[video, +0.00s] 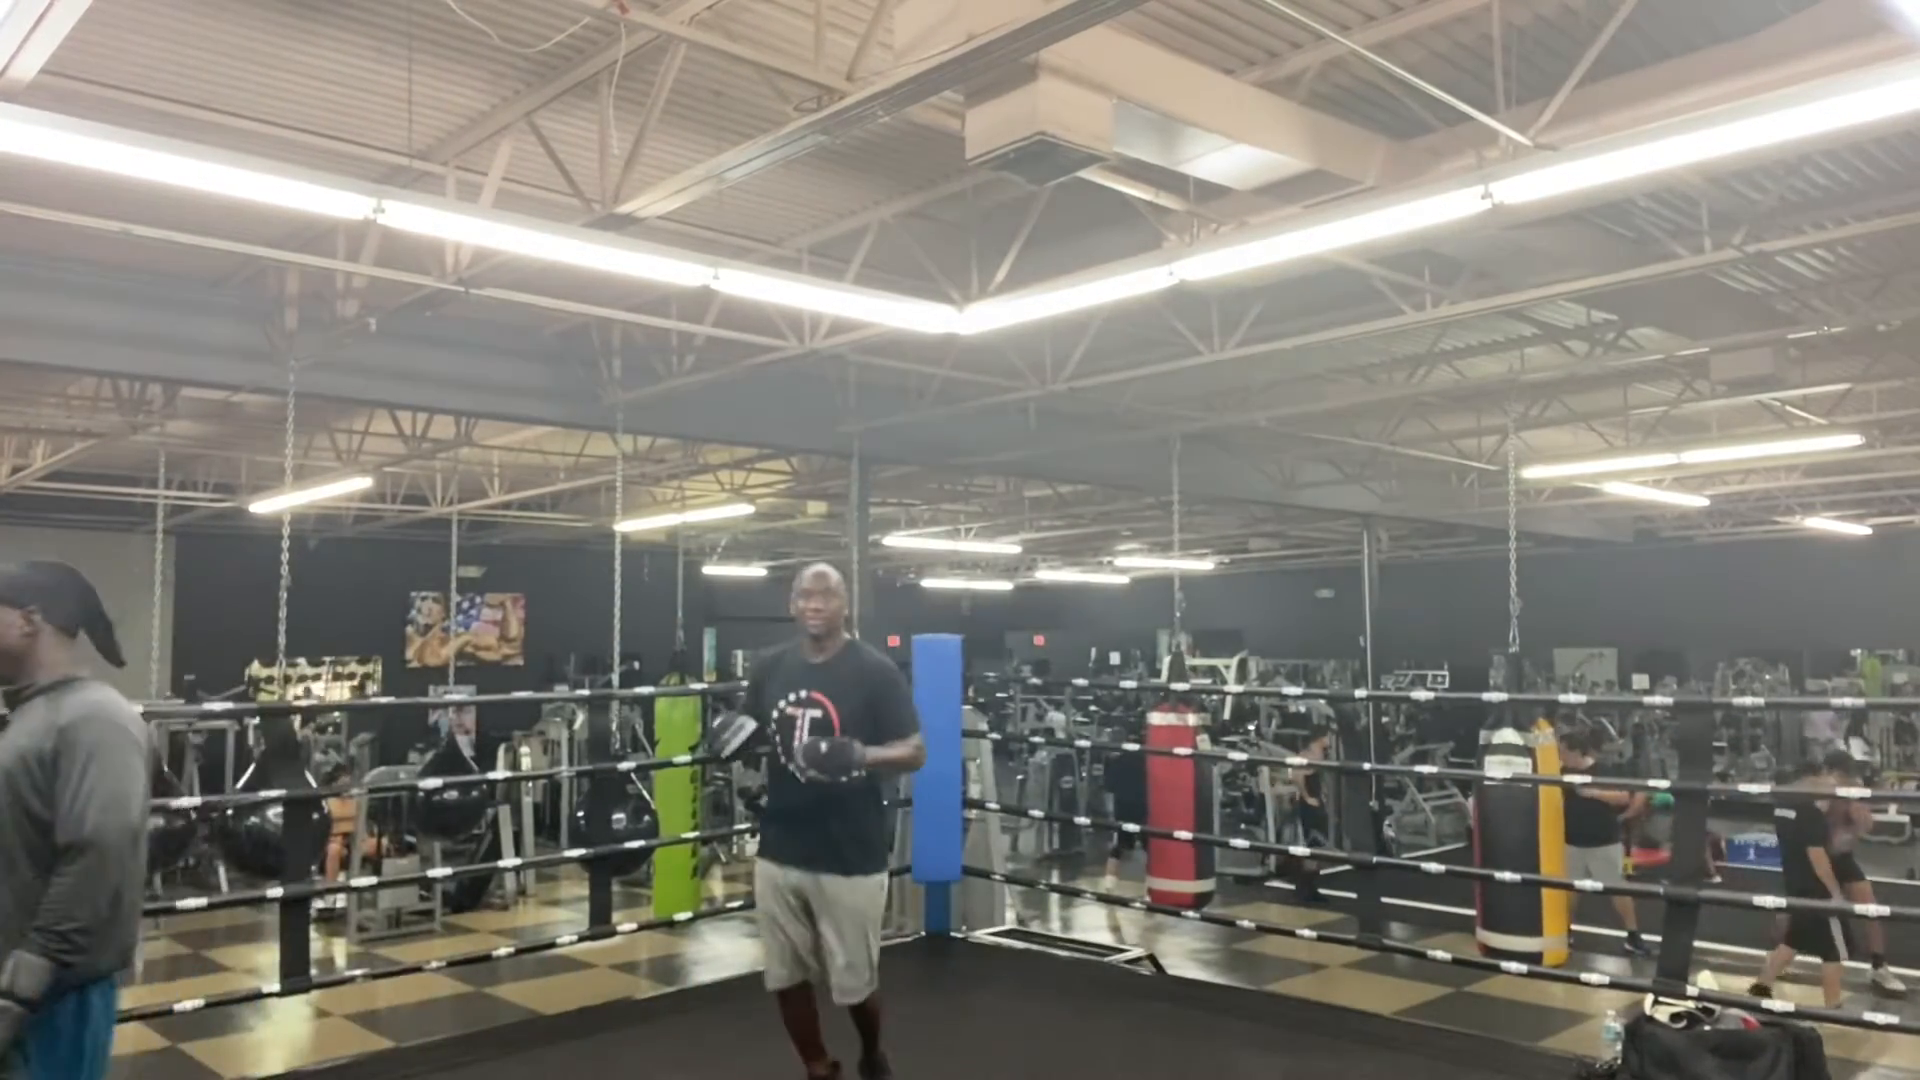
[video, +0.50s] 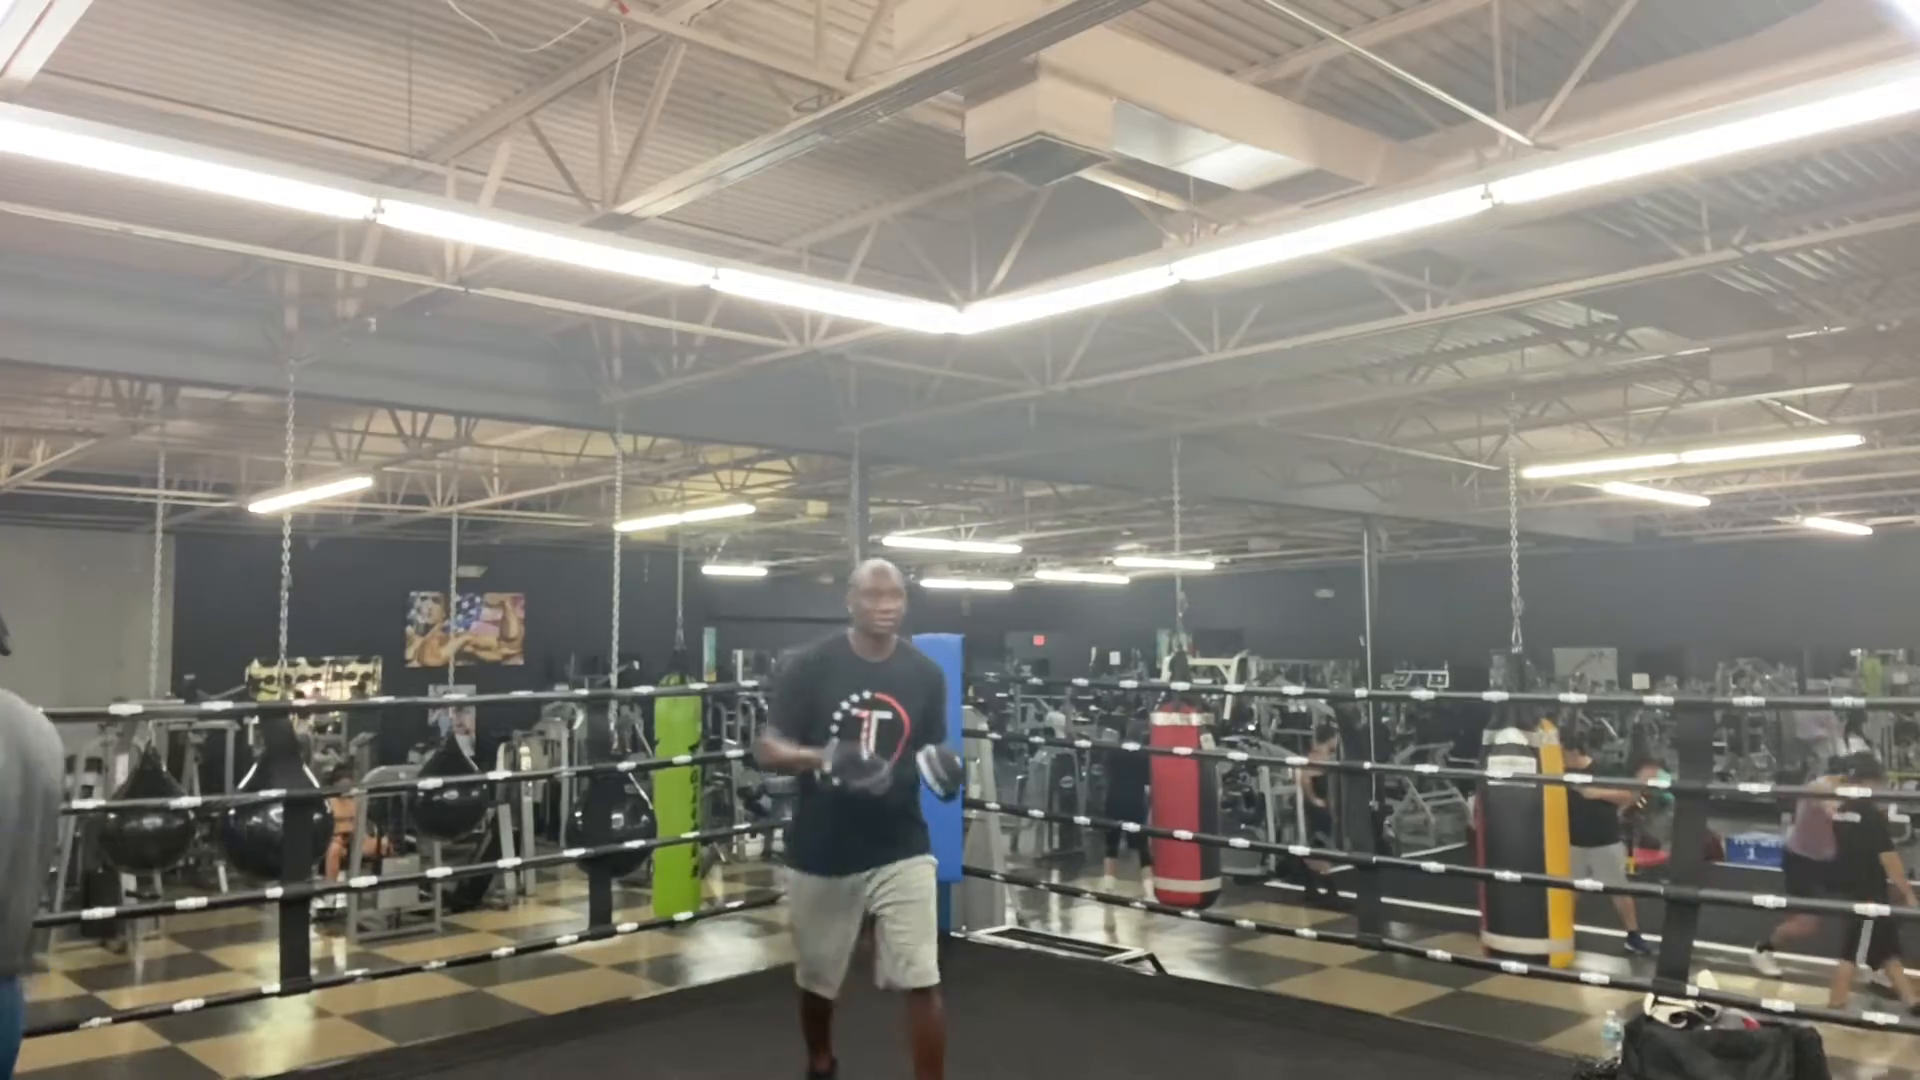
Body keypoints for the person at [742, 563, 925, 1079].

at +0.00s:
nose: (814, 605)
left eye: (825, 596)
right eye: (806, 597)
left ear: (845, 606)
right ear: (792, 606)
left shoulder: (876, 671)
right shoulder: (770, 669)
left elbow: (913, 750)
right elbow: (749, 736)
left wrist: (858, 754)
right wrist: (735, 737)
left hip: (851, 856)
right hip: (781, 849)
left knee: (854, 982)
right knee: (786, 978)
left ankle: (873, 1058)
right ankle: (818, 1068)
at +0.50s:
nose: (885, 607)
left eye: (894, 596)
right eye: (873, 595)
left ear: (905, 603)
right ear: (850, 601)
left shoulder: (924, 674)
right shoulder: (809, 667)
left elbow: (932, 752)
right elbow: (767, 747)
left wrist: (942, 770)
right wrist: (823, 756)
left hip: (901, 851)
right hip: (823, 857)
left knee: (923, 981)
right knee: (817, 982)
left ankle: (929, 1076)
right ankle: (820, 1064)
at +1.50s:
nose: (941, 590)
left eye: (946, 578)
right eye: (926, 580)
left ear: (955, 581)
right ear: (892, 585)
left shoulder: (986, 658)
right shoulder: (844, 660)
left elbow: (1009, 747)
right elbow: (808, 762)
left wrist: (1003, 760)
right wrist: (868, 736)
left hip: (962, 880)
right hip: (870, 882)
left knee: (970, 1044)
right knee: (874, 1040)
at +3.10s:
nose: (942, 558)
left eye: (956, 543)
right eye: (925, 546)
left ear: (977, 554)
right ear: (902, 563)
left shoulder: (1040, 648)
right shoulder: (865, 665)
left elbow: (1083, 789)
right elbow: (819, 793)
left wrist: (1081, 759)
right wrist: (846, 784)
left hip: (1036, 938)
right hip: (917, 945)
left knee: (1058, 1071)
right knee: (924, 1073)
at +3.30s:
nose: (970, 565)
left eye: (983, 549)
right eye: (953, 552)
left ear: (1007, 558)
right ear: (932, 565)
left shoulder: (1069, 656)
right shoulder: (891, 665)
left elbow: (1139, 782)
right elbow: (849, 794)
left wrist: (1117, 750)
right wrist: (849, 780)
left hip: (1046, 944)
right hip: (926, 945)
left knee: (1056, 1073)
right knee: (925, 1073)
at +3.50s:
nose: (1033, 556)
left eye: (1049, 541)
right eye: (1017, 544)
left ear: (1074, 553)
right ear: (997, 558)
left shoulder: (1122, 650)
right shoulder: (954, 647)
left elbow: (1177, 784)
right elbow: (908, 764)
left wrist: (1178, 692)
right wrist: (856, 750)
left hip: (1079, 939)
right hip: (961, 934)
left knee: (1081, 1072)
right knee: (942, 1072)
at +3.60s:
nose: (1057, 561)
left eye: (1074, 546)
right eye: (1042, 547)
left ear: (1102, 556)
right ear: (1024, 560)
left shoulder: (1140, 652)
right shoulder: (980, 644)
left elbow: (1146, 804)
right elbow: (944, 768)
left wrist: (1158, 699)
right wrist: (894, 751)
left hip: (1090, 945)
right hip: (976, 936)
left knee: (1083, 1073)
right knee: (947, 1072)